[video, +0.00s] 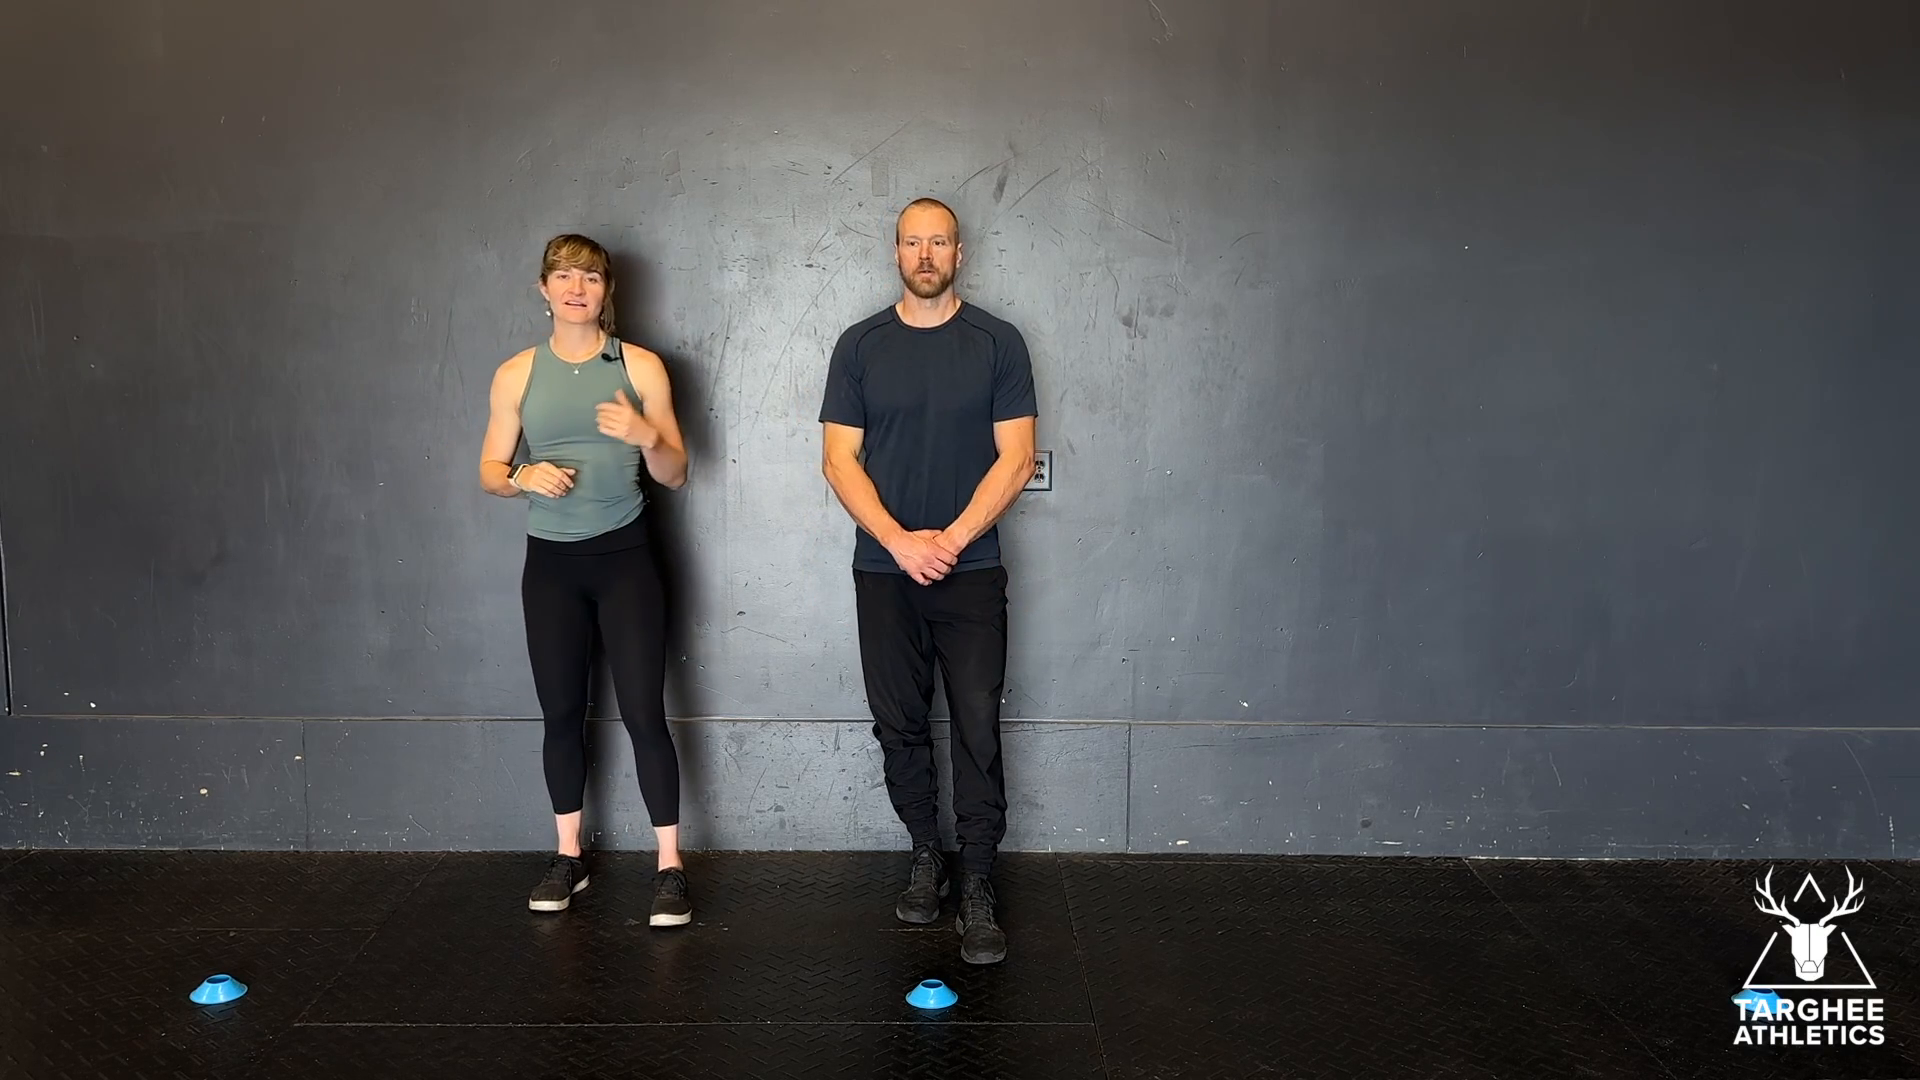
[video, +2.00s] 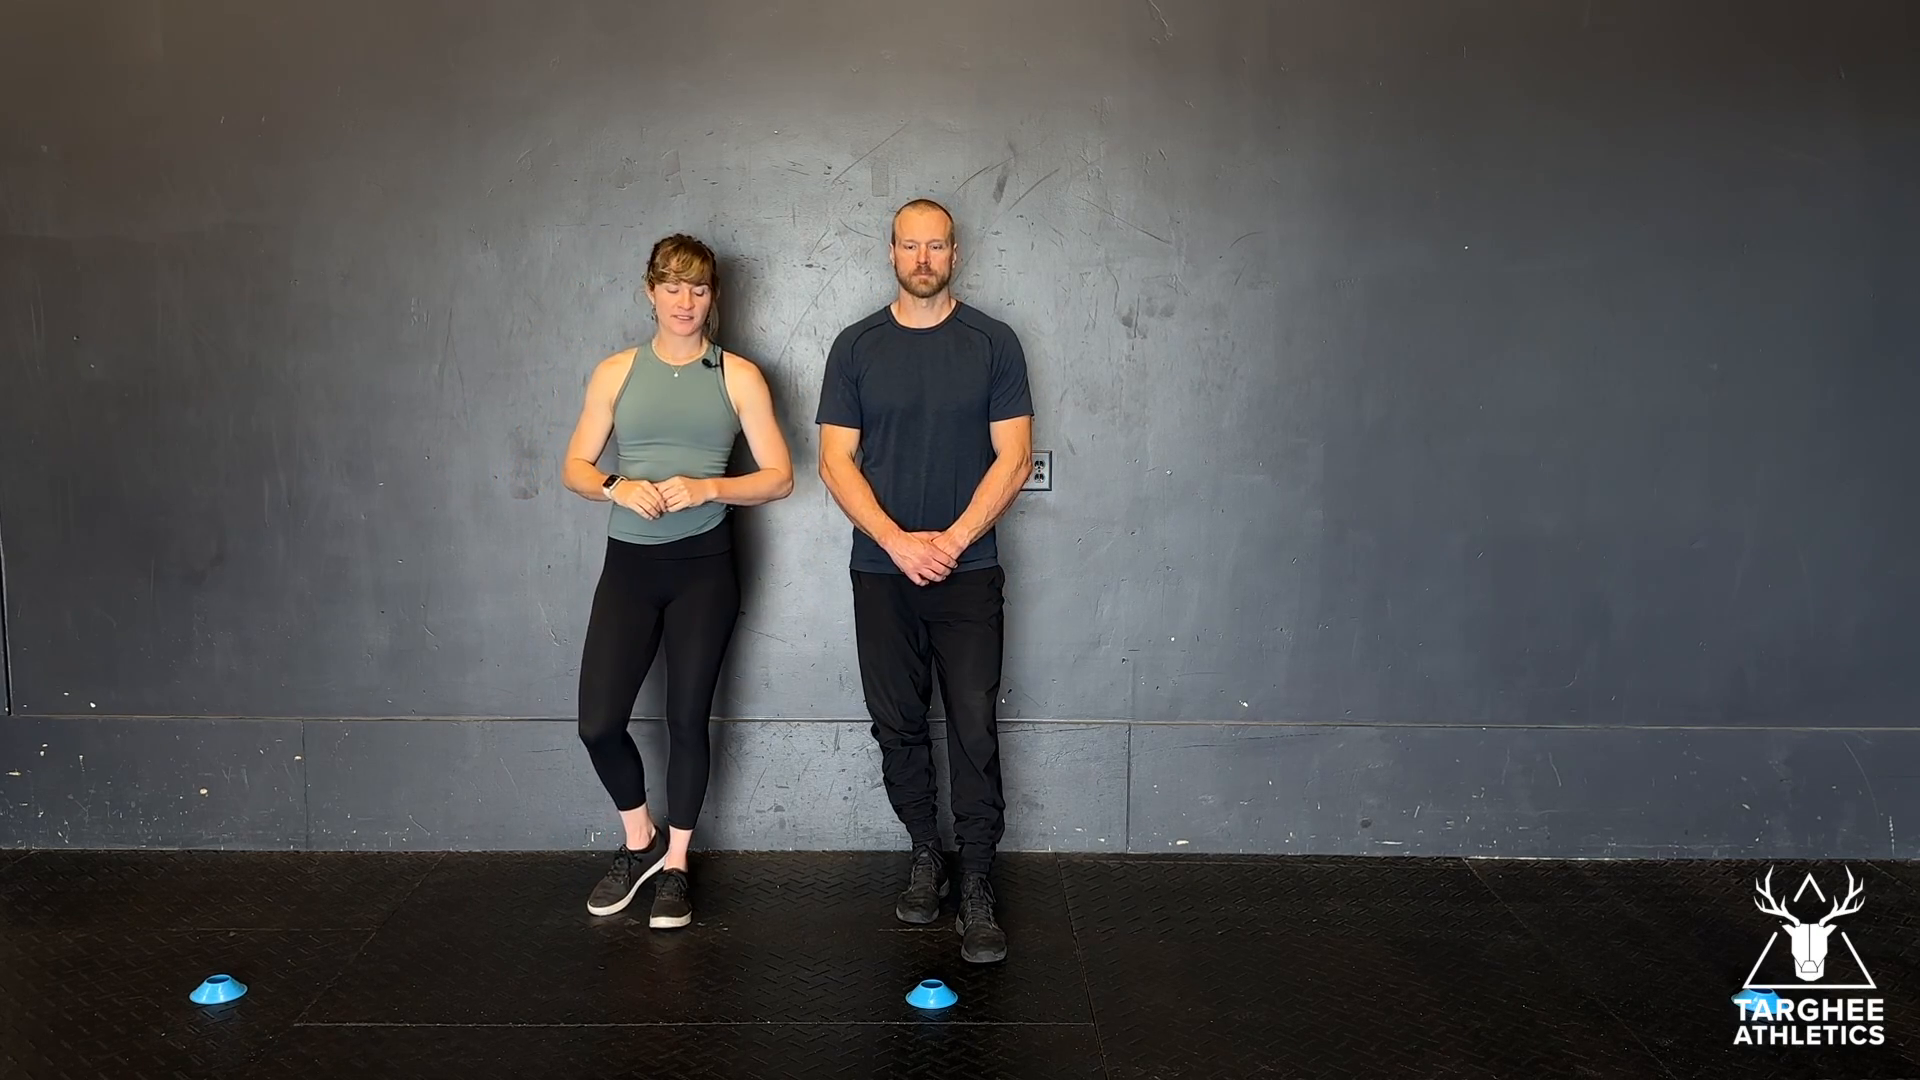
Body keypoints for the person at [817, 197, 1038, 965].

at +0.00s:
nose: (926, 253)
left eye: (938, 242)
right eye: (914, 241)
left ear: (958, 253)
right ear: (895, 252)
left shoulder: (997, 343)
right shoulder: (858, 346)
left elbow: (1018, 461)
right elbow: (838, 461)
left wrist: (947, 541)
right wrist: (897, 539)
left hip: (971, 569)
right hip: (886, 570)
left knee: (977, 731)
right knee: (901, 727)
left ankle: (979, 884)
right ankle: (929, 861)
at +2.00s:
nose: (923, 256)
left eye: (936, 244)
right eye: (911, 244)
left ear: (953, 255)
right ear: (891, 253)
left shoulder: (992, 342)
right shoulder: (855, 347)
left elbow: (1015, 460)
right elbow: (835, 462)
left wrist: (950, 542)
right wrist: (894, 539)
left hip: (968, 568)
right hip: (883, 568)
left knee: (974, 729)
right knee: (899, 726)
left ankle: (978, 884)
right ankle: (930, 857)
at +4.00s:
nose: (934, 295)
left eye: (945, 283)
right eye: (923, 283)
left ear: (957, 271)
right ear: (897, 270)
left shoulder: (993, 344)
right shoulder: (856, 348)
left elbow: (1016, 461)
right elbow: (837, 466)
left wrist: (955, 542)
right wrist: (898, 541)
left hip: (970, 568)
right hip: (886, 570)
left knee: (975, 718)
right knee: (900, 723)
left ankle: (977, 876)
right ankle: (927, 856)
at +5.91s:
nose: (906, 299)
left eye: (917, 286)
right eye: (894, 287)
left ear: (940, 271)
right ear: (877, 276)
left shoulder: (987, 342)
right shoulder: (851, 349)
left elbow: (1011, 459)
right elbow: (831, 463)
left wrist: (948, 538)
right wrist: (888, 539)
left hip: (965, 570)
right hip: (882, 571)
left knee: (971, 725)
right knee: (897, 725)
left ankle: (977, 881)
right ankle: (929, 856)